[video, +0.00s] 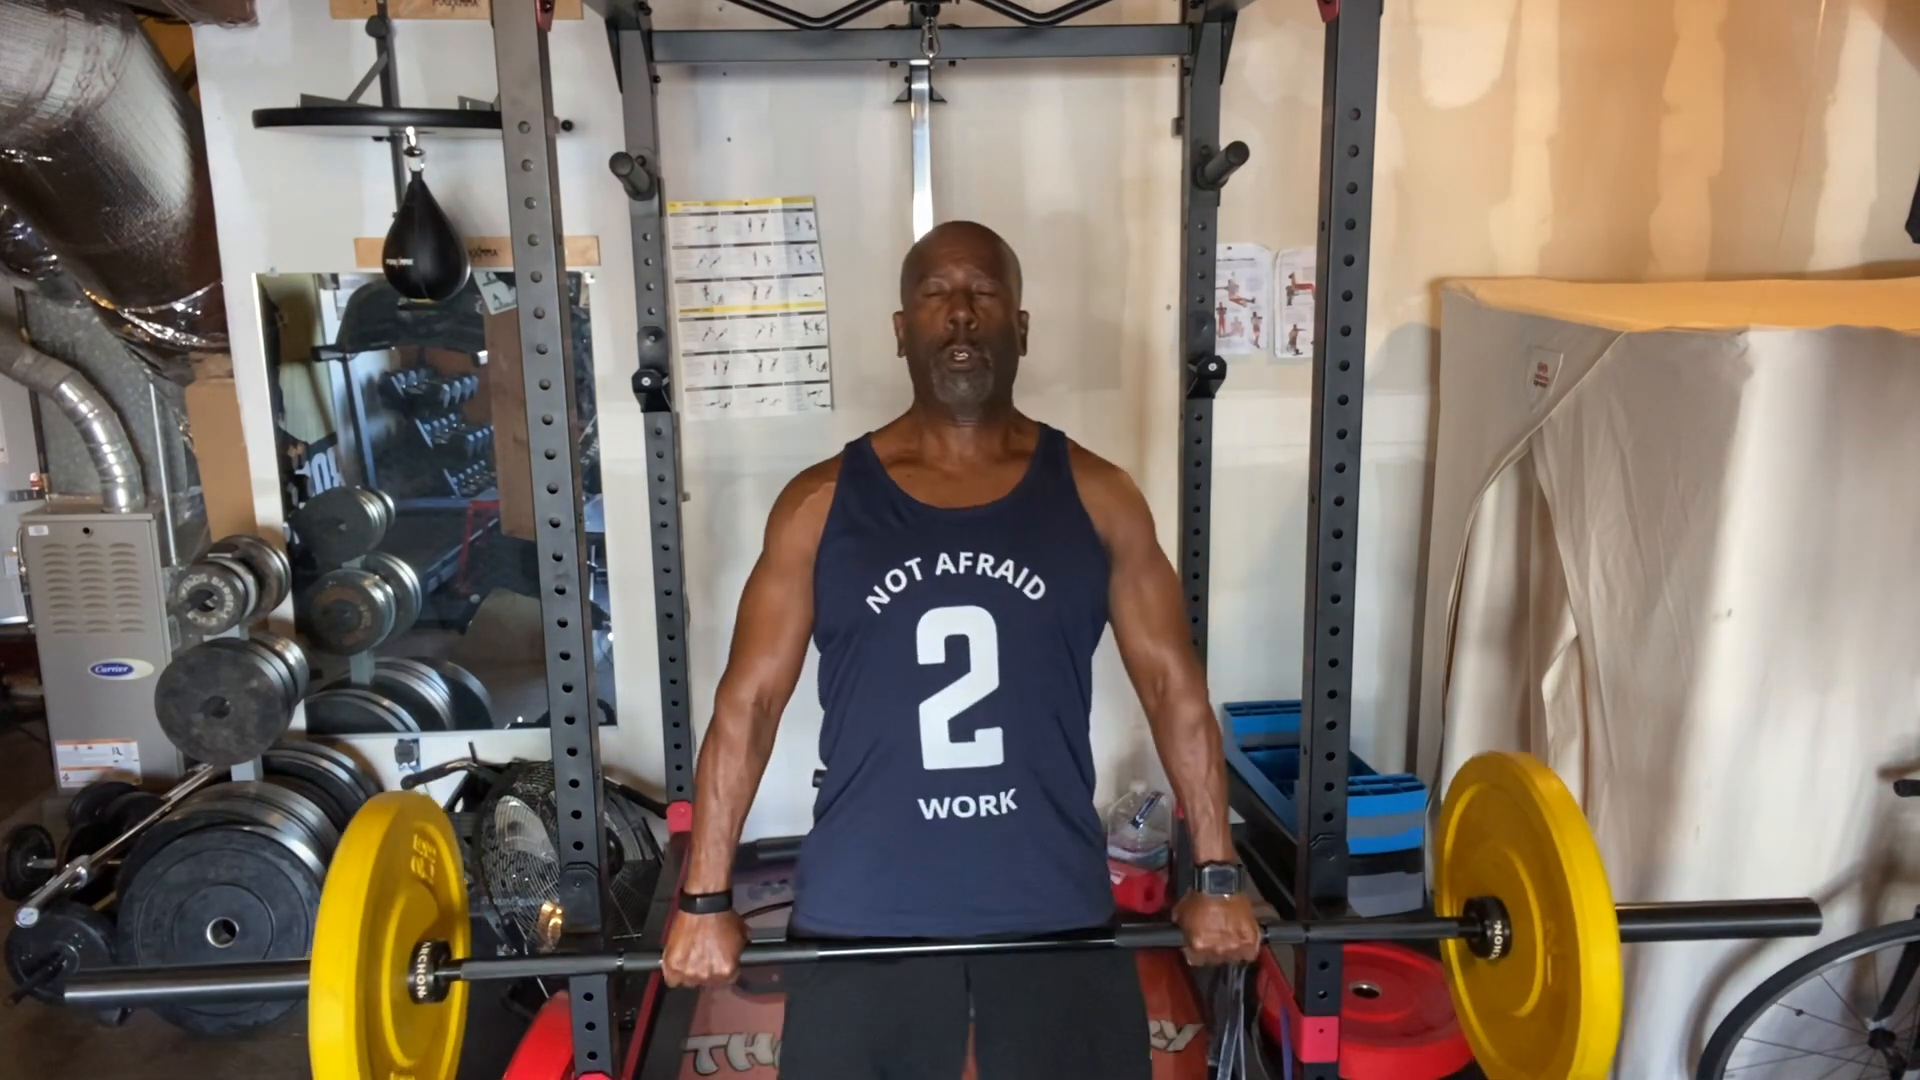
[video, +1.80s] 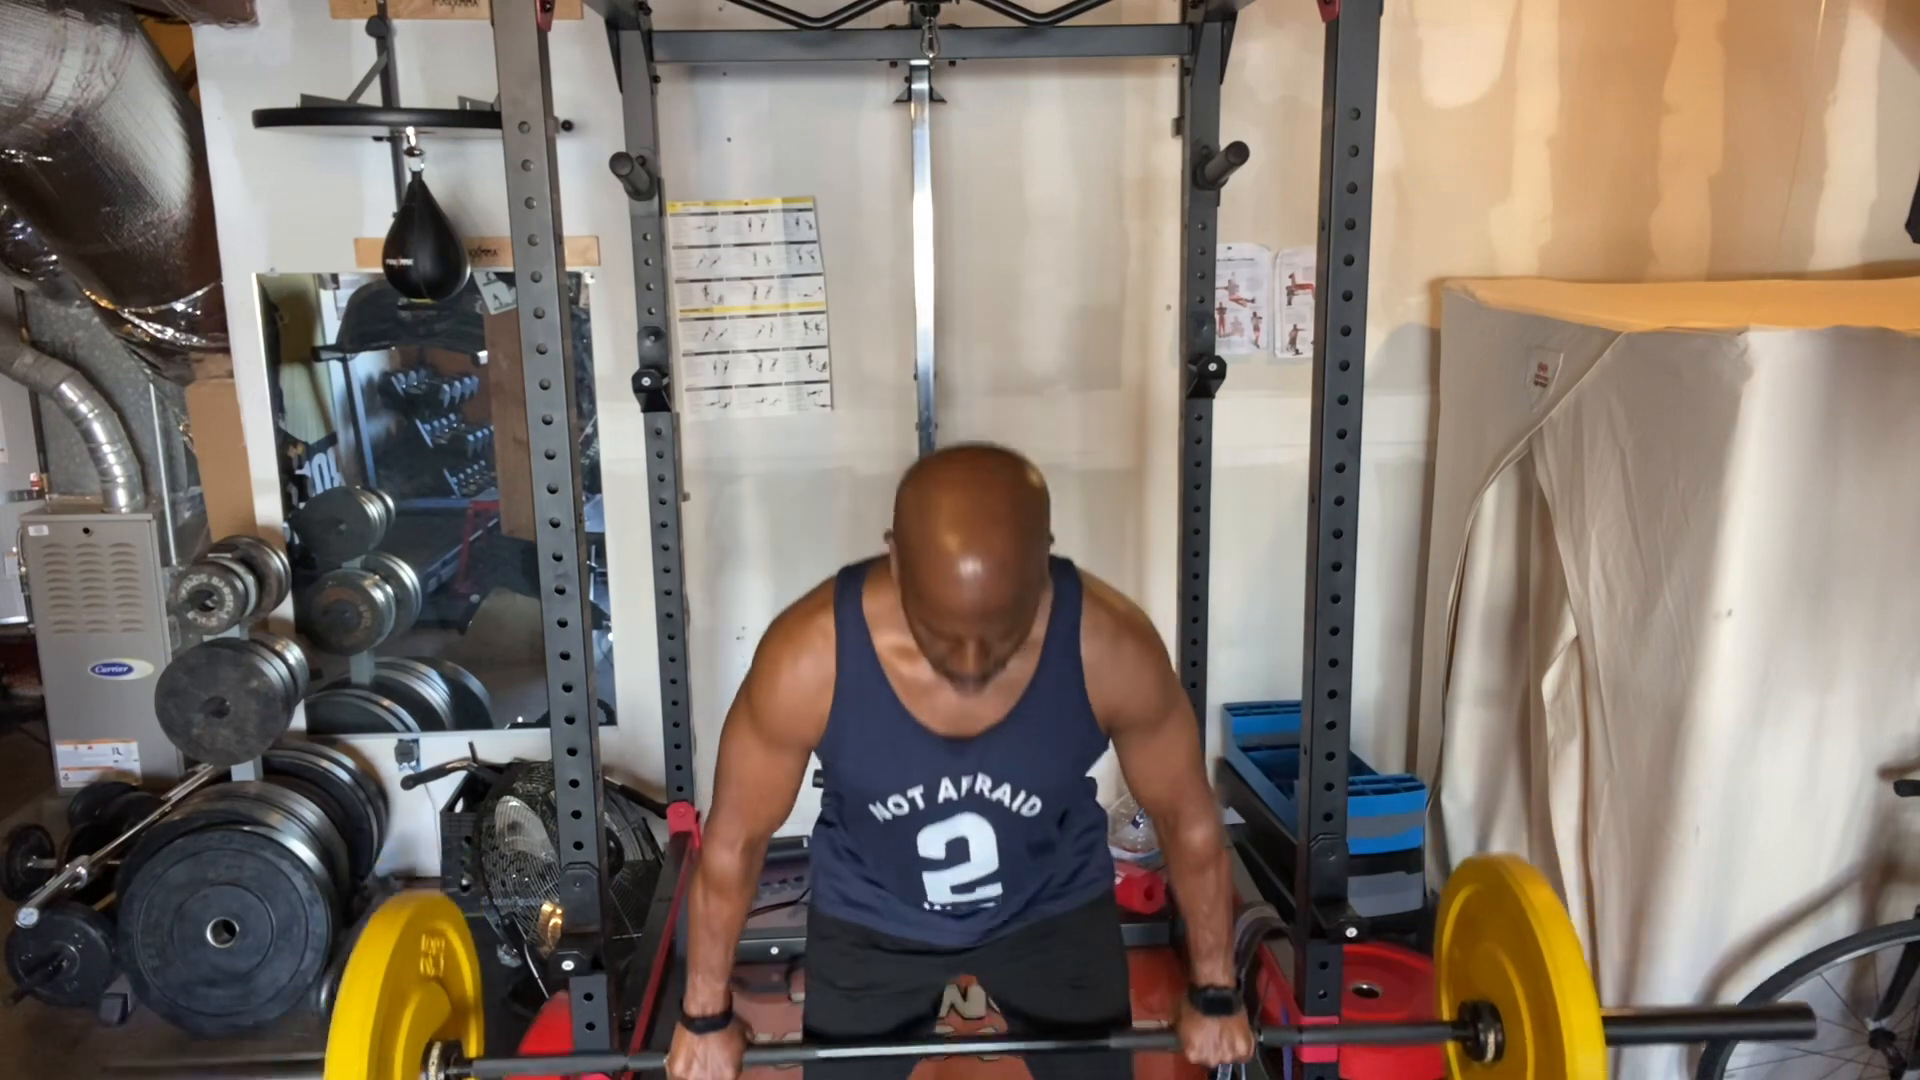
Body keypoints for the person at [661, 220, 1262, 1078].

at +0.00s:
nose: (961, 313)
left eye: (983, 295)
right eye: (936, 297)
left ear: (1021, 327)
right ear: (902, 331)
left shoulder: (1097, 495)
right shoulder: (821, 502)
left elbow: (1172, 684)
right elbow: (749, 702)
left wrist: (1218, 872)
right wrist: (705, 893)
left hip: (1057, 931)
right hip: (863, 936)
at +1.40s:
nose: (950, 434)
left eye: (978, 400)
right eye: (922, 399)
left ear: (1024, 367)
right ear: (888, 365)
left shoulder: (1099, 519)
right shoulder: (809, 523)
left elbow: (1176, 706)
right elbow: (741, 721)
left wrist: (1213, 885)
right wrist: (706, 904)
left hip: (1053, 909)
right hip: (866, 913)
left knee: (1075, 1063)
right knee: (847, 1065)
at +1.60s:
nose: (966, 554)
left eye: (994, 523)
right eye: (936, 522)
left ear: (1037, 460)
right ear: (892, 461)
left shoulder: (1107, 580)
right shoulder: (807, 585)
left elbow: (1185, 753)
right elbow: (735, 775)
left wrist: (1213, 924)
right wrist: (706, 946)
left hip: (1050, 895)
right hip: (872, 899)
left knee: (1093, 1067)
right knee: (841, 1069)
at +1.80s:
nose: (971, 664)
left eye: (999, 637)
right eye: (940, 638)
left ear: (1042, 573)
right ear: (895, 568)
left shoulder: (1112, 650)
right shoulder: (807, 659)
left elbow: (1188, 819)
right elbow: (730, 845)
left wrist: (1215, 988)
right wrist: (704, 1013)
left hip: (1050, 906)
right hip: (872, 912)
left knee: (1092, 1069)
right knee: (846, 1072)